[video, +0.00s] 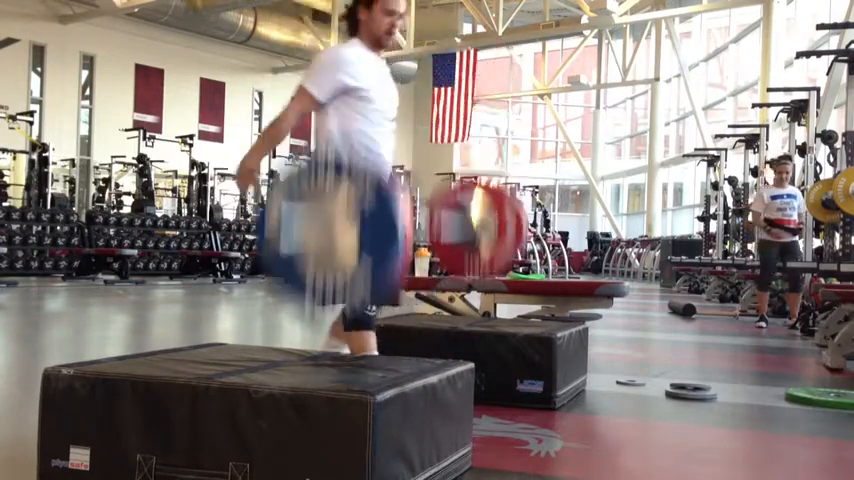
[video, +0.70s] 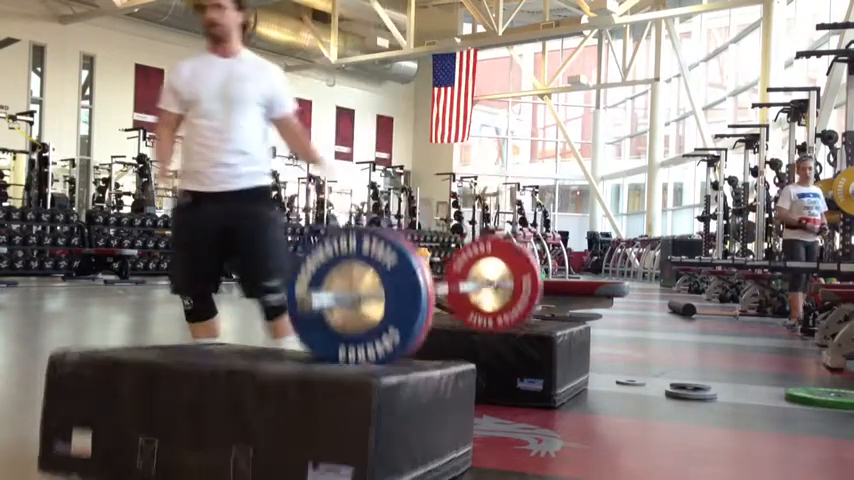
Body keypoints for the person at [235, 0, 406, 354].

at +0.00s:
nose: (398, 24)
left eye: (402, 16)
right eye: (390, 14)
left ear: (403, 20)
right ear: (363, 13)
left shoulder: (381, 70)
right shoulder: (340, 58)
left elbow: (373, 136)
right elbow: (292, 113)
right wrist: (252, 160)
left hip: (375, 189)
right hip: (343, 186)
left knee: (370, 286)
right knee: (358, 291)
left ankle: (323, 365)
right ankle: (373, 384)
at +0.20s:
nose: (360, 26)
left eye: (366, 20)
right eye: (353, 17)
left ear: (370, 26)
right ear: (330, 15)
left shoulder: (356, 78)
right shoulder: (304, 59)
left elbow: (360, 145)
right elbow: (283, 125)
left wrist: (376, 196)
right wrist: (280, 189)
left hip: (350, 196)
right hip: (311, 193)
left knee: (339, 290)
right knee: (326, 291)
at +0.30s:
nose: (337, 23)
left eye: (343, 16)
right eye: (329, 13)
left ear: (347, 22)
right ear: (306, 13)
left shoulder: (346, 77)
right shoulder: (285, 57)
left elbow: (357, 131)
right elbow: (266, 117)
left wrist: (397, 162)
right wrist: (304, 161)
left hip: (333, 186)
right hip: (289, 184)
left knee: (325, 277)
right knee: (301, 279)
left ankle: (321, 365)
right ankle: (302, 369)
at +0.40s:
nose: (311, 20)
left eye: (318, 13)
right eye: (303, 11)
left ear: (325, 18)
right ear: (285, 13)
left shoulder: (331, 74)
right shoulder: (264, 59)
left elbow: (349, 127)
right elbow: (248, 120)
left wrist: (405, 130)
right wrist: (294, 126)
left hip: (318, 189)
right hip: (268, 187)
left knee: (314, 283)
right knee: (266, 285)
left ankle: (314, 369)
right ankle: (258, 370)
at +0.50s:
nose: (281, 19)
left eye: (288, 11)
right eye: (272, 11)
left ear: (298, 18)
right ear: (258, 17)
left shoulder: (314, 74)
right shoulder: (242, 64)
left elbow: (341, 129)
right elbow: (224, 125)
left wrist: (383, 118)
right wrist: (268, 120)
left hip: (305, 196)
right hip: (251, 196)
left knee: (306, 289)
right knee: (230, 294)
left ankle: (313, 373)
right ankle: (227, 371)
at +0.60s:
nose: (249, 18)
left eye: (256, 10)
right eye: (240, 11)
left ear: (269, 17)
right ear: (229, 18)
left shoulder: (293, 75)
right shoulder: (211, 71)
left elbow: (312, 129)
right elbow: (195, 129)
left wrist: (355, 131)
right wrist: (224, 140)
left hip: (280, 198)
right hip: (224, 198)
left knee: (296, 290)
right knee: (207, 293)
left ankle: (309, 372)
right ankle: (214, 376)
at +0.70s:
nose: (212, 15)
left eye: (221, 8)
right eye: (206, 9)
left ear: (242, 16)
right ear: (201, 17)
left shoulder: (266, 73)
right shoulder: (184, 72)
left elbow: (289, 125)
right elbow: (166, 125)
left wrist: (317, 159)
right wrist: (163, 166)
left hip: (254, 199)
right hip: (197, 200)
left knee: (272, 292)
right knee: (194, 294)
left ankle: (287, 372)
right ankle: (212, 375)